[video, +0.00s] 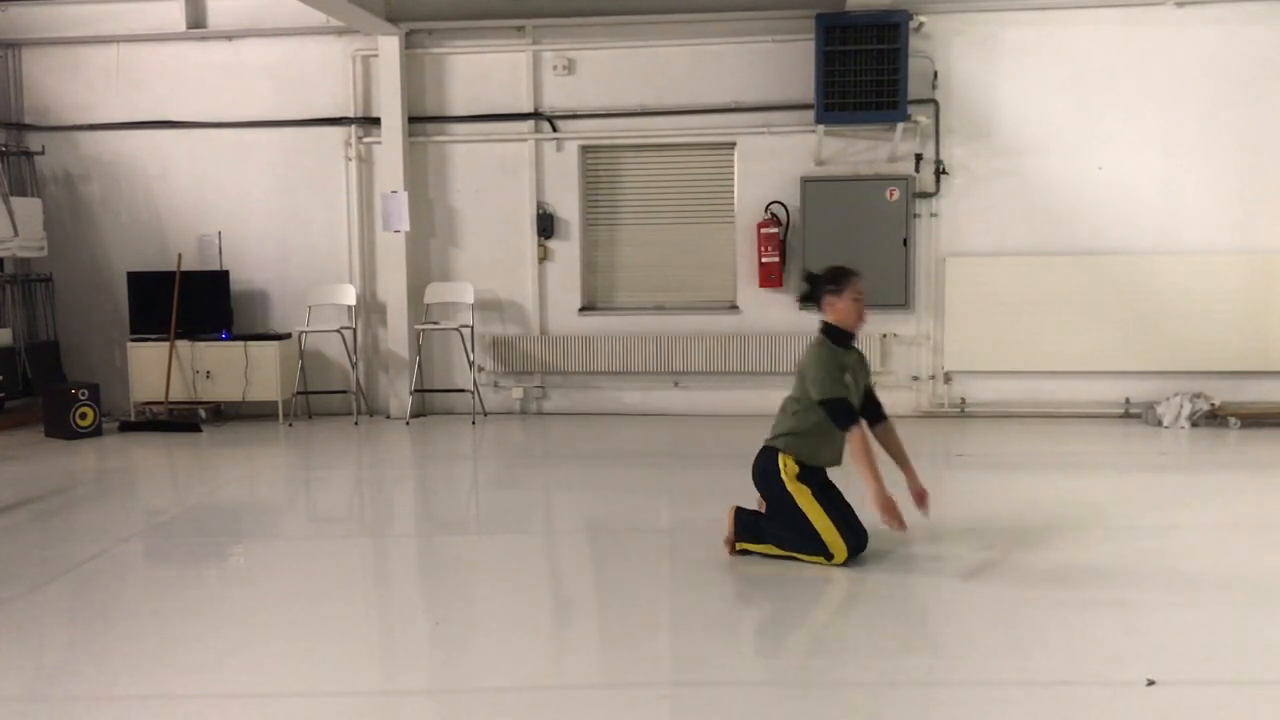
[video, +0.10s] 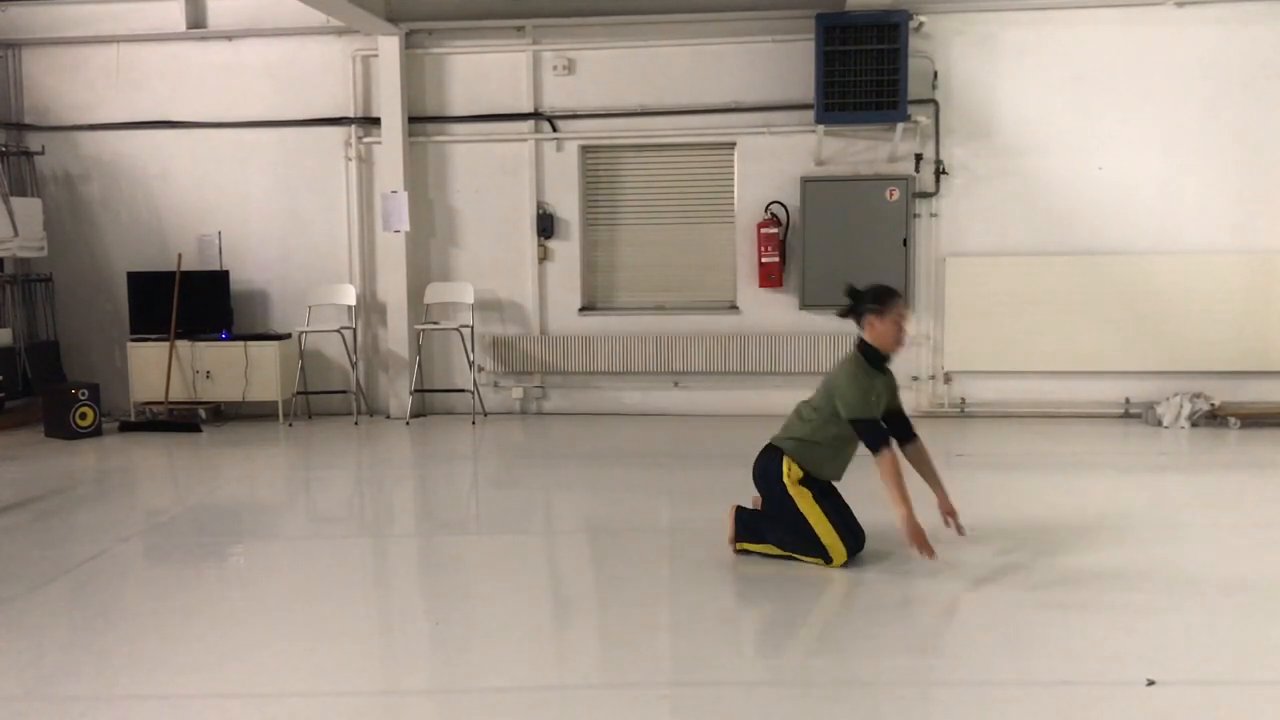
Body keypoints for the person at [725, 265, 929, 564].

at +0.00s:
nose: (864, 307)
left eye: (863, 299)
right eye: (856, 298)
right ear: (829, 304)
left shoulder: (854, 359)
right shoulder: (821, 357)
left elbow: (878, 421)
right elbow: (852, 429)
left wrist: (911, 476)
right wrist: (879, 494)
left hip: (808, 468)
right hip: (781, 468)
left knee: (854, 541)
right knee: (839, 550)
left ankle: (775, 513)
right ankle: (745, 528)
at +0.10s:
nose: (903, 330)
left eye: (904, 321)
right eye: (896, 321)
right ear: (870, 323)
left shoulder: (883, 379)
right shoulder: (852, 377)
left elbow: (908, 439)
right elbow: (882, 451)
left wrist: (941, 495)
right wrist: (908, 518)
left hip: (809, 471)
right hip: (783, 468)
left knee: (851, 539)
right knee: (837, 551)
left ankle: (771, 510)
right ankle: (746, 528)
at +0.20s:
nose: (945, 363)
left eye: (945, 354)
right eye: (939, 354)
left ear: (915, 353)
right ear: (911, 352)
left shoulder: (908, 399)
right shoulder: (886, 400)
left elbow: (936, 460)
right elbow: (907, 481)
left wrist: (970, 516)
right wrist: (929, 553)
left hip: (808, 469)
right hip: (787, 468)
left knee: (841, 545)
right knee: (836, 553)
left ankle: (757, 514)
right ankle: (750, 524)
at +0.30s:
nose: (985, 403)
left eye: (989, 394)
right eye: (980, 392)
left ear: (958, 388)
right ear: (953, 386)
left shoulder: (936, 422)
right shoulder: (917, 426)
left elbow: (960, 482)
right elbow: (909, 511)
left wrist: (996, 539)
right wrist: (933, 588)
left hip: (811, 458)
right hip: (799, 460)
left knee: (835, 542)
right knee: (836, 552)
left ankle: (736, 504)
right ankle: (744, 525)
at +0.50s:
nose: (1046, 494)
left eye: (1052, 487)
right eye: (1047, 484)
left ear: (1028, 461)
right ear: (1028, 468)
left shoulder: (988, 457)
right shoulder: (966, 472)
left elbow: (976, 506)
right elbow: (901, 526)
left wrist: (1000, 560)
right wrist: (930, 594)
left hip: (850, 428)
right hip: (843, 462)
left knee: (764, 418)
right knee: (821, 547)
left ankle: (685, 369)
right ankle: (739, 525)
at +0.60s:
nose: (1055, 529)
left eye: (1061, 524)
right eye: (1058, 521)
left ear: (1041, 494)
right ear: (1043, 503)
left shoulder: (1003, 473)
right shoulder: (985, 494)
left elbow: (979, 510)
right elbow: (904, 530)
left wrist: (999, 560)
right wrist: (928, 594)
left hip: (875, 413)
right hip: (862, 445)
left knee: (796, 363)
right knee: (815, 516)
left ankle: (728, 287)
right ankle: (731, 524)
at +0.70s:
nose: (1055, 550)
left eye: (1062, 546)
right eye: (1061, 544)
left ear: (1049, 512)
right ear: (1047, 525)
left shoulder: (1015, 490)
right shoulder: (991, 510)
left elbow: (980, 511)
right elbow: (908, 529)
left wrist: (1001, 562)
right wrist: (928, 595)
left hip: (902, 409)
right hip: (879, 437)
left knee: (844, 327)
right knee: (803, 487)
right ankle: (726, 489)